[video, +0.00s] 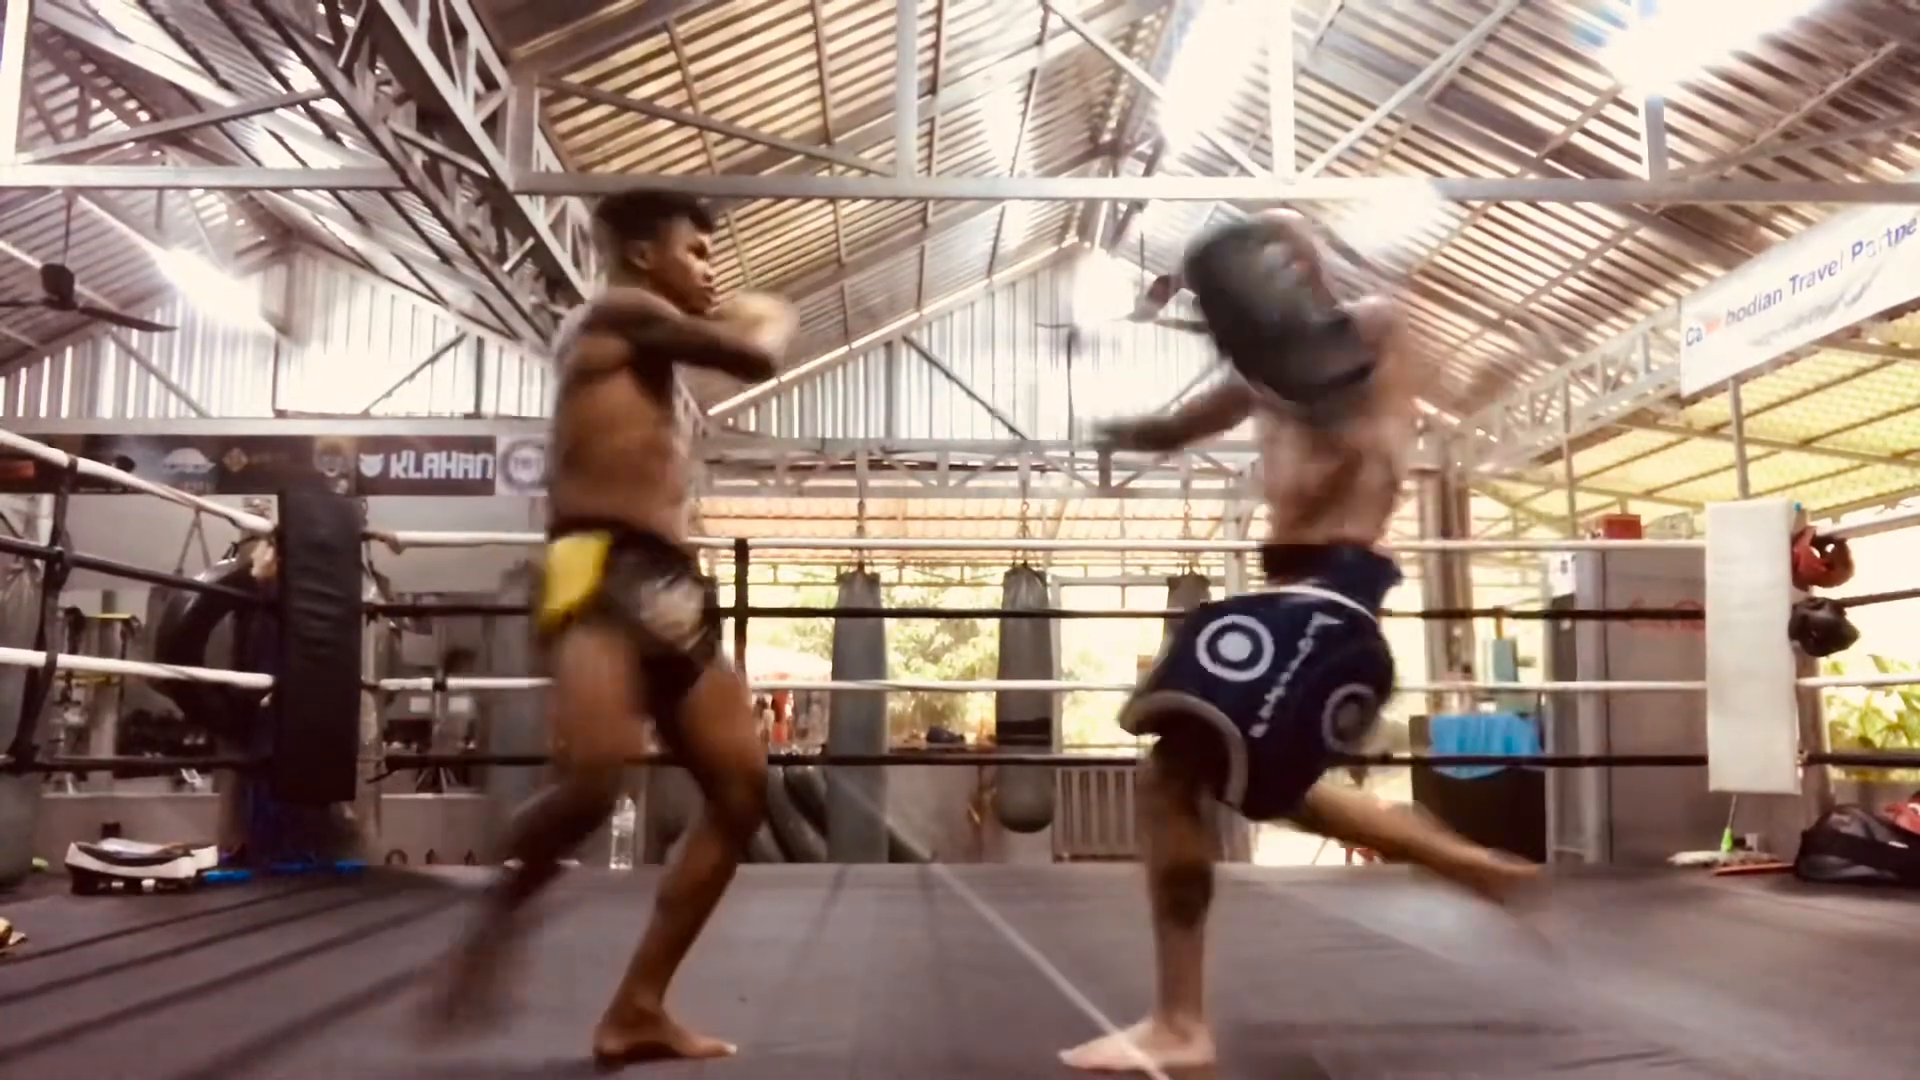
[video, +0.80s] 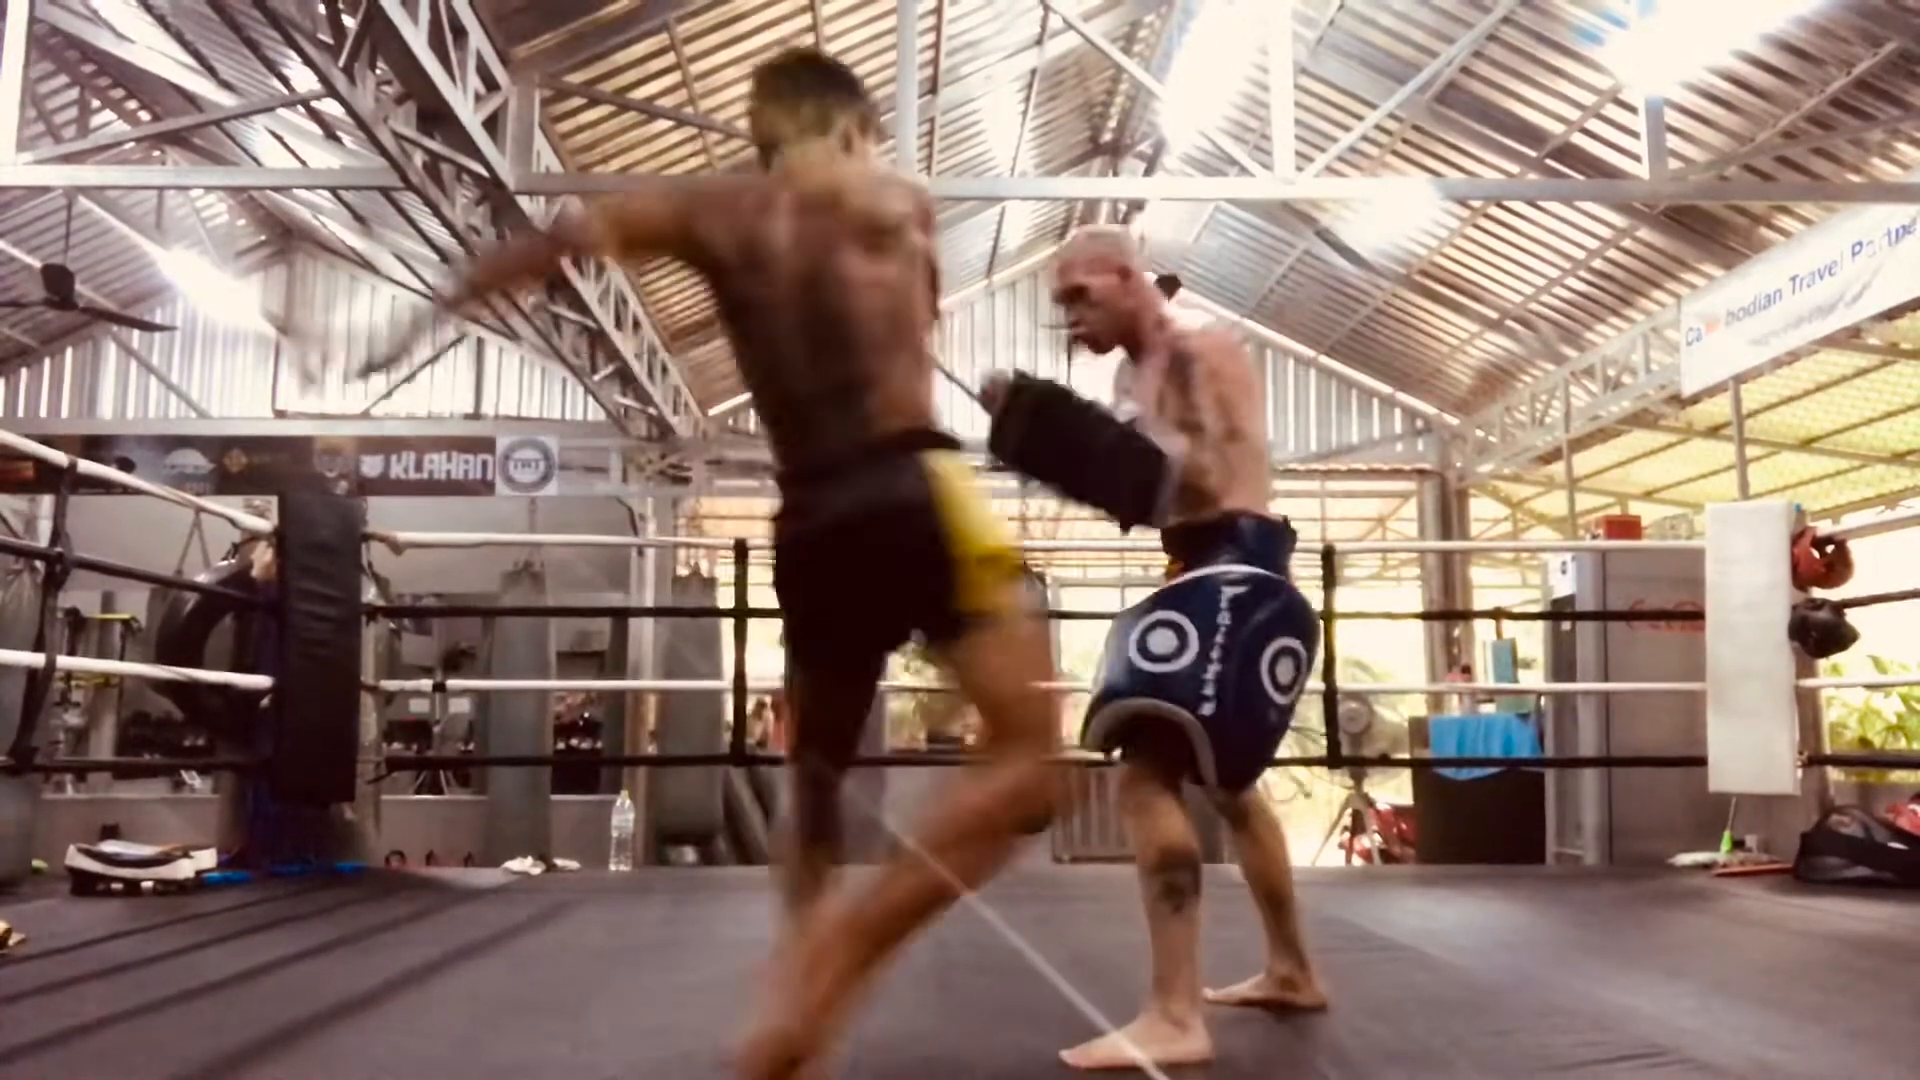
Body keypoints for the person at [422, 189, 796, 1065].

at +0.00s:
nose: (710, 264)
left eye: (709, 250)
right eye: (696, 247)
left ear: (652, 254)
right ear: (643, 250)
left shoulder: (649, 337)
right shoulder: (618, 310)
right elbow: (756, 355)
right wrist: (765, 313)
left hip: (662, 576)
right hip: (599, 564)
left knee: (740, 792)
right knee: (594, 780)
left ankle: (638, 1008)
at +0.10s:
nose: (702, 267)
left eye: (704, 253)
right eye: (691, 249)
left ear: (627, 248)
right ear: (640, 238)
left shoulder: (595, 343)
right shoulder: (634, 292)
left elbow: (520, 457)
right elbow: (760, 335)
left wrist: (556, 527)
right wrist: (889, 333)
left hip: (639, 543)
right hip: (674, 514)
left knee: (703, 790)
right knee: (823, 578)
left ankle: (636, 1010)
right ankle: (761, 726)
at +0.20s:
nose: (703, 268)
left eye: (704, 254)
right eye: (695, 248)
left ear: (613, 250)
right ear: (643, 239)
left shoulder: (566, 378)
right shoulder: (646, 300)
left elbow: (560, 459)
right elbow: (745, 334)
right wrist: (890, 326)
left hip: (679, 562)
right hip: (729, 485)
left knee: (695, 791)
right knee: (935, 416)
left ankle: (637, 1013)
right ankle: (957, 440)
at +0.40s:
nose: (756, 241)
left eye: (758, 227)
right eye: (746, 222)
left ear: (690, 221)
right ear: (696, 214)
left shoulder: (697, 333)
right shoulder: (650, 270)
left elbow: (781, 423)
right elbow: (694, 294)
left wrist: (809, 319)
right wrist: (843, 261)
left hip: (683, 553)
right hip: (724, 489)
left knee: (690, 790)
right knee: (944, 409)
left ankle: (630, 1010)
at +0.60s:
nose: (809, 218)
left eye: (808, 202)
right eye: (798, 199)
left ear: (720, 199)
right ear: (755, 195)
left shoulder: (696, 285)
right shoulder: (734, 242)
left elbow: (736, 420)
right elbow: (886, 292)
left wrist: (802, 423)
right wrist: (1007, 331)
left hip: (703, 531)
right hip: (750, 515)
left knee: (715, 791)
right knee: (834, 777)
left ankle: (639, 1017)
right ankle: (686, 1035)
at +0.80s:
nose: (875, 148)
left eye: (864, 140)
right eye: (870, 136)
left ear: (764, 133)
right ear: (859, 129)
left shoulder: (723, 205)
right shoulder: (906, 204)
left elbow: (565, 237)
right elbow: (922, 320)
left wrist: (454, 296)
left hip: (813, 526)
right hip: (921, 501)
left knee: (815, 782)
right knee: (1030, 763)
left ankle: (800, 1022)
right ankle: (832, 966)